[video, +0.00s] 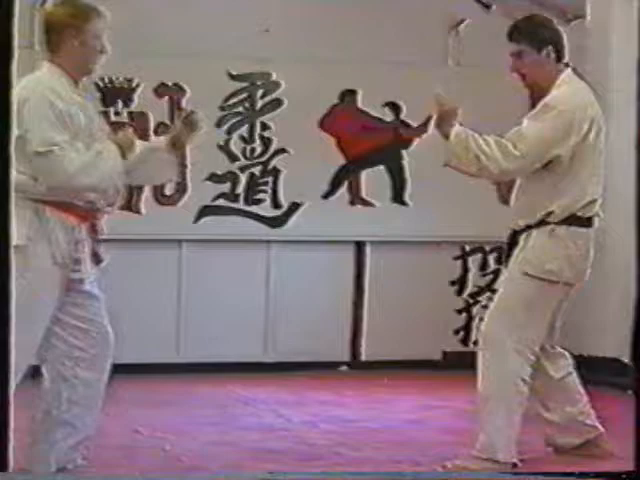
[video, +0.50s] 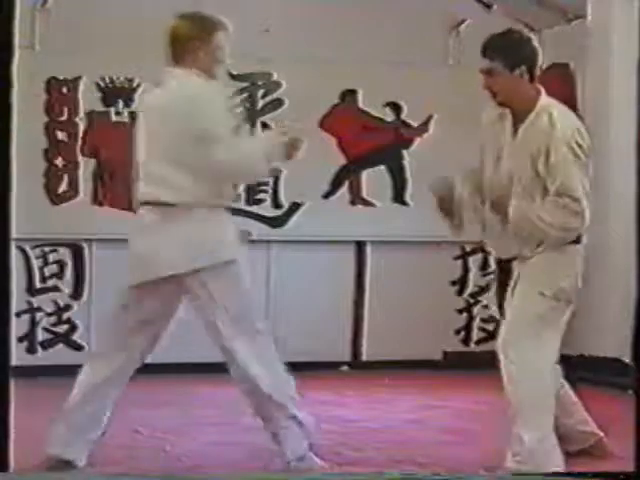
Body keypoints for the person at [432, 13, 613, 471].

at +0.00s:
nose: (514, 69)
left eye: (520, 58)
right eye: (512, 59)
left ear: (549, 55)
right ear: (546, 57)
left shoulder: (568, 102)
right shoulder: (565, 98)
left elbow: (512, 156)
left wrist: (452, 132)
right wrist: (506, 178)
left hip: (555, 238)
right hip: (561, 237)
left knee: (500, 335)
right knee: (534, 340)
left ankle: (494, 453)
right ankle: (580, 433)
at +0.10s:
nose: (512, 70)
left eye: (518, 59)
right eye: (510, 61)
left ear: (546, 55)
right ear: (545, 58)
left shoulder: (567, 103)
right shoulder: (564, 98)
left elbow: (512, 160)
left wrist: (454, 134)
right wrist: (507, 179)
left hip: (557, 238)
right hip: (562, 237)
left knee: (501, 334)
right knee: (532, 341)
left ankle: (493, 453)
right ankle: (579, 432)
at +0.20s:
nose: (506, 73)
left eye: (512, 62)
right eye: (504, 64)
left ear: (541, 58)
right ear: (539, 61)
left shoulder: (564, 105)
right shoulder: (563, 102)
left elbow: (519, 166)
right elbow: (560, 183)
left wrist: (465, 143)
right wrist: (512, 206)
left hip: (563, 240)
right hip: (562, 238)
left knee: (504, 332)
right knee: (532, 341)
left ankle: (493, 454)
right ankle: (578, 433)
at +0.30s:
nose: (499, 81)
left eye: (504, 70)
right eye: (497, 71)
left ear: (533, 65)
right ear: (531, 68)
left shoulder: (559, 112)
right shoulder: (540, 114)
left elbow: (537, 190)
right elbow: (542, 199)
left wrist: (490, 160)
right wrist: (502, 233)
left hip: (566, 245)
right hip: (552, 244)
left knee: (508, 333)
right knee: (527, 344)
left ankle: (503, 452)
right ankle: (577, 435)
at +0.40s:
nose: (493, 82)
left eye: (499, 72)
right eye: (491, 72)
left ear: (529, 70)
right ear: (523, 71)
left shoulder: (556, 123)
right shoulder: (527, 120)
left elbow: (556, 208)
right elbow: (529, 202)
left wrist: (504, 179)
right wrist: (493, 234)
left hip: (560, 251)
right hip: (542, 248)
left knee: (514, 344)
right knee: (522, 347)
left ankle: (514, 452)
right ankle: (575, 434)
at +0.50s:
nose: (485, 84)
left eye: (492, 74)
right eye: (483, 74)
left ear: (523, 73)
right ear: (510, 74)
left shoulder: (559, 129)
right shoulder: (498, 122)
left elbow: (572, 216)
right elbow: (493, 190)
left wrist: (510, 214)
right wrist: (459, 201)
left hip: (554, 257)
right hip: (517, 256)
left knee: (518, 346)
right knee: (525, 349)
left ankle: (535, 460)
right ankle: (580, 434)